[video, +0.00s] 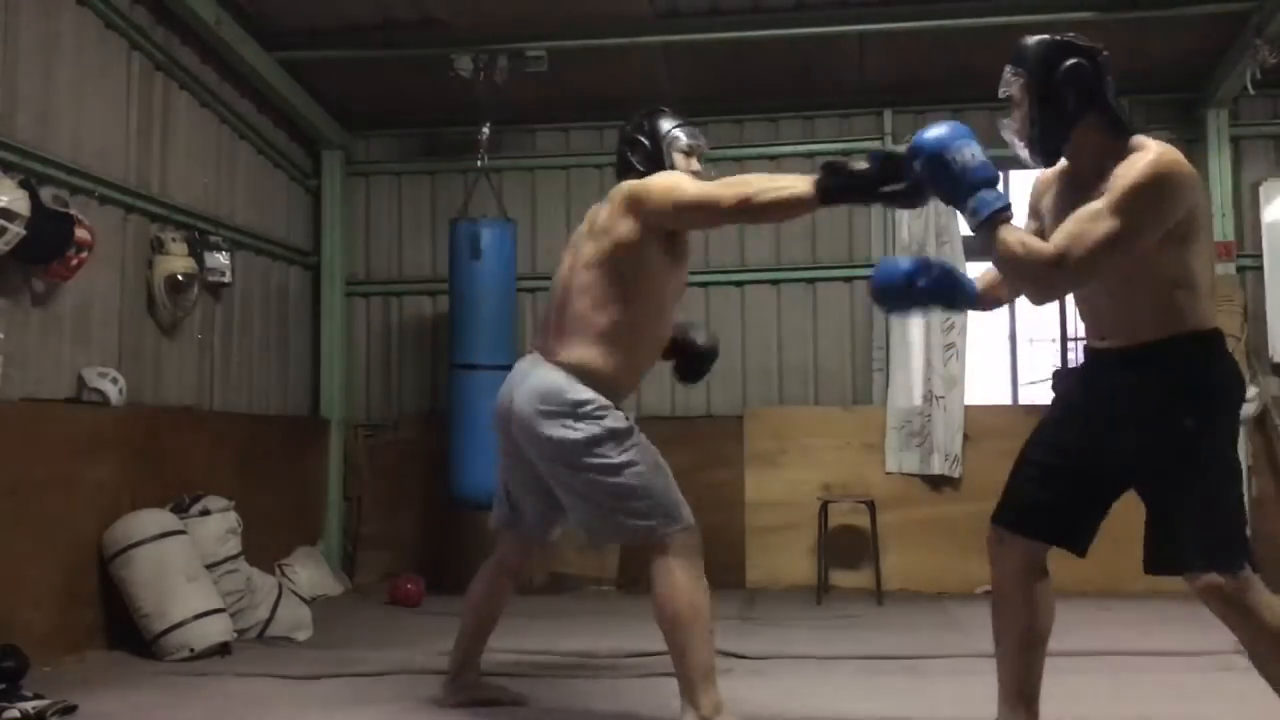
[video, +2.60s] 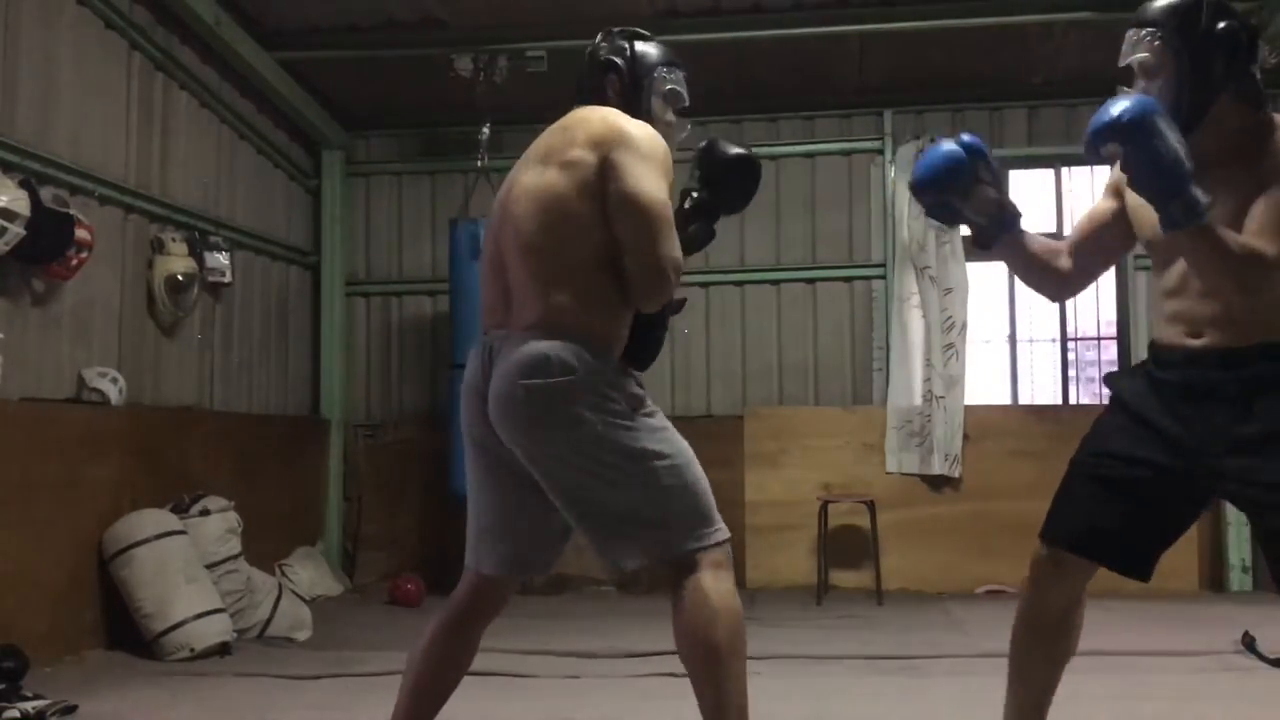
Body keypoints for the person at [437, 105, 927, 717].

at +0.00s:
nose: (704, 164)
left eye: (701, 153)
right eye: (691, 152)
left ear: (644, 159)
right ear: (657, 155)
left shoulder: (623, 214)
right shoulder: (646, 195)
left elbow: (601, 305)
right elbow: (736, 198)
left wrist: (668, 344)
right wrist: (847, 182)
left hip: (534, 390)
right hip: (571, 402)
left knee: (513, 547)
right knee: (675, 536)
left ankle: (459, 677)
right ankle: (706, 706)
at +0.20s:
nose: (732, 159)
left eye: (732, 147)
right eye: (719, 146)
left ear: (674, 151)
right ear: (682, 148)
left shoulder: (632, 199)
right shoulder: (671, 186)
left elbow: (619, 307)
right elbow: (756, 248)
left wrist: (702, 318)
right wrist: (843, 270)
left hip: (545, 376)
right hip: (591, 387)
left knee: (521, 531)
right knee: (688, 532)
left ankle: (450, 660)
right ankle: (708, 703)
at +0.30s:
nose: (698, 157)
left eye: (703, 146)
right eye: (687, 141)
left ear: (639, 149)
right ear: (649, 141)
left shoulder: (622, 198)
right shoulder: (638, 189)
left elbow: (679, 305)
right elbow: (677, 278)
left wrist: (727, 256)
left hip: (544, 378)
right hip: (591, 382)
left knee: (519, 536)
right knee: (697, 531)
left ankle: (437, 669)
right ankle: (708, 705)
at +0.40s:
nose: (673, 167)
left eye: (676, 156)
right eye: (662, 152)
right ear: (624, 152)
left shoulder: (623, 225)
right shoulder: (605, 207)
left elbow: (705, 261)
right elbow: (603, 312)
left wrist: (733, 186)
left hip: (543, 394)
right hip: (589, 398)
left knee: (510, 556)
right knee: (701, 535)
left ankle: (434, 687)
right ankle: (708, 703)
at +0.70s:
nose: (675, 152)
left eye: (677, 140)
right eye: (663, 138)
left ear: (624, 148)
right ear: (625, 141)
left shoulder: (627, 214)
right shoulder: (609, 189)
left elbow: (649, 310)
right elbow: (604, 240)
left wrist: (698, 246)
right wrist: (666, 282)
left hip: (548, 387)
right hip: (596, 391)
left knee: (511, 554)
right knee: (695, 548)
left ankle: (444, 684)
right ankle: (691, 710)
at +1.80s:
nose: (653, 110)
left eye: (655, 93)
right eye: (645, 91)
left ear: (578, 84)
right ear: (609, 85)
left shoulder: (536, 136)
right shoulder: (594, 126)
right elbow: (604, 210)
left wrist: (654, 202)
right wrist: (645, 256)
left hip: (464, 358)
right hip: (531, 359)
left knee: (484, 554)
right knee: (599, 560)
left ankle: (398, 707)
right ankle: (616, 714)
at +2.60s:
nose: (675, 112)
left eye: (677, 95)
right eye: (670, 93)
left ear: (602, 85)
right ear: (633, 84)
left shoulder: (545, 148)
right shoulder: (632, 136)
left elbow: (573, 275)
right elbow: (656, 283)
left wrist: (685, 229)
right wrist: (659, 294)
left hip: (490, 377)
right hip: (565, 378)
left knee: (484, 584)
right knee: (704, 555)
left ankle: (406, 715)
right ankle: (727, 714)